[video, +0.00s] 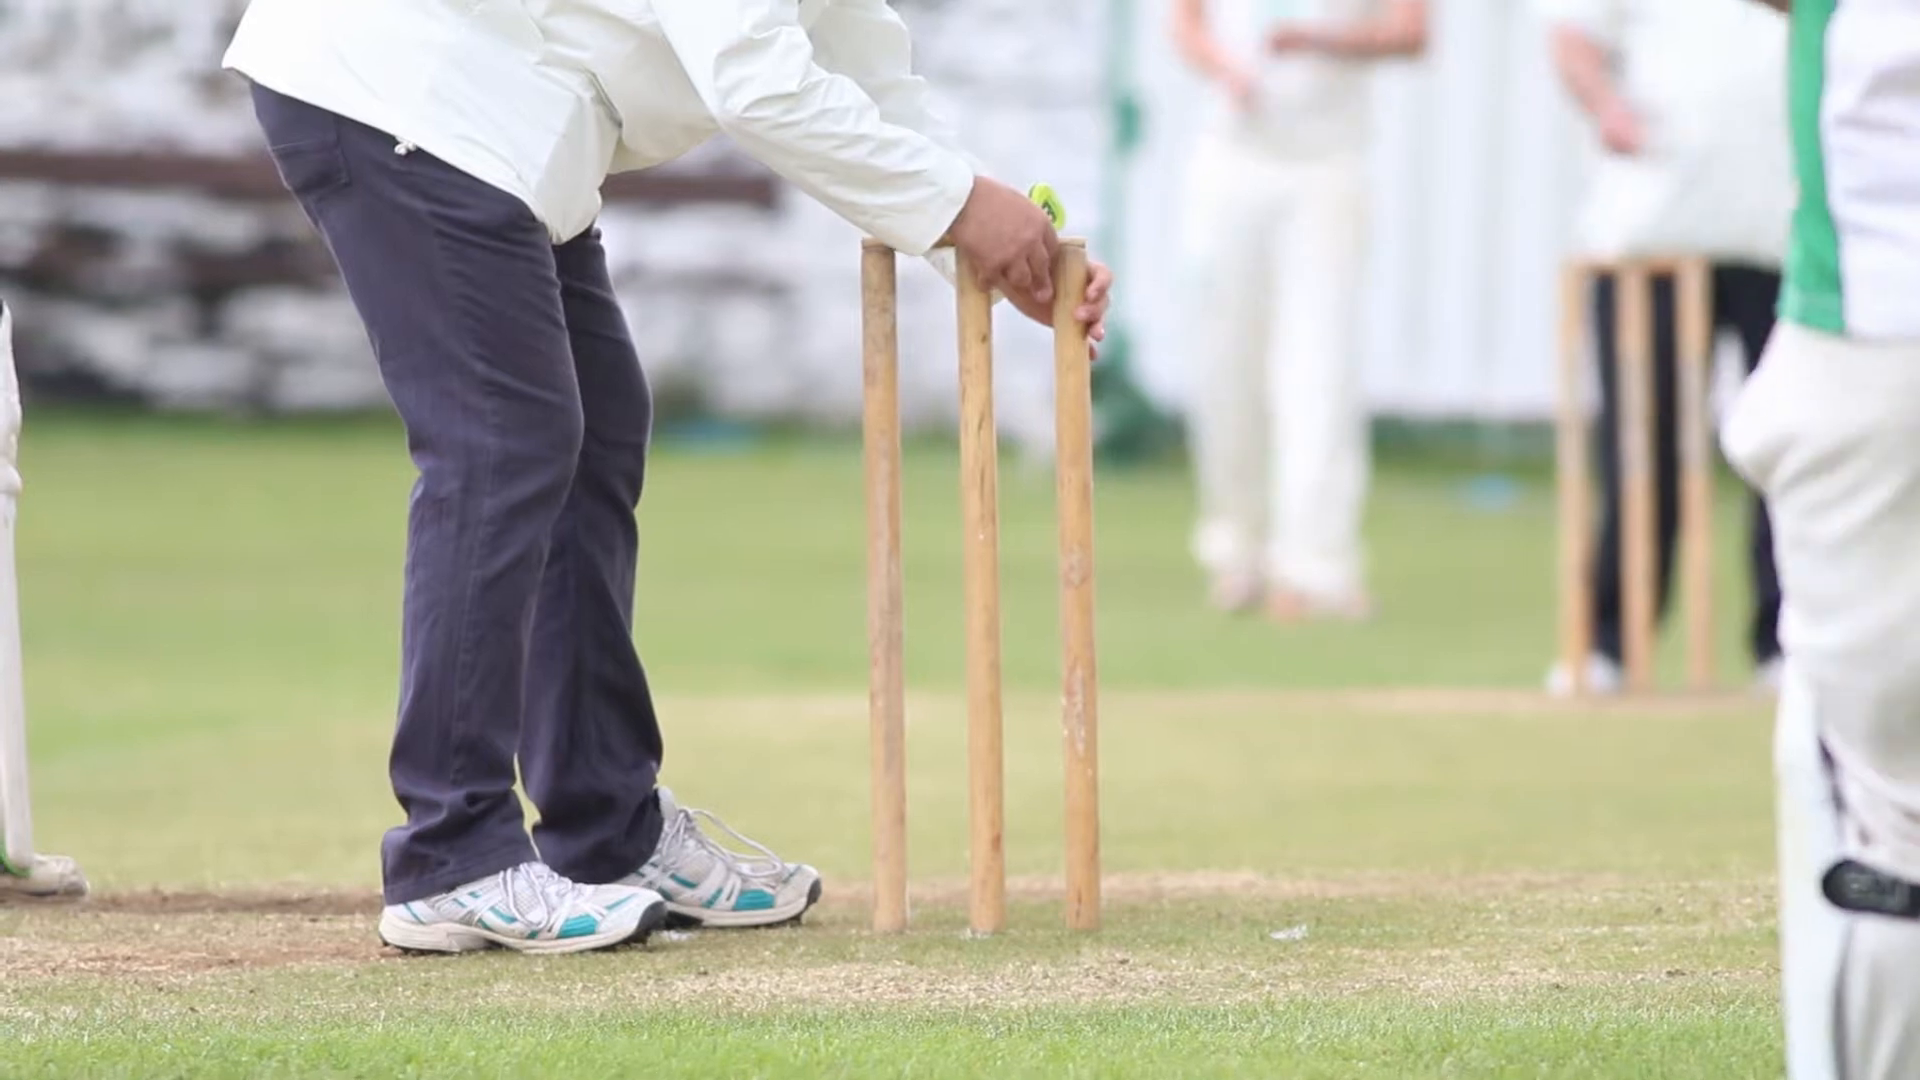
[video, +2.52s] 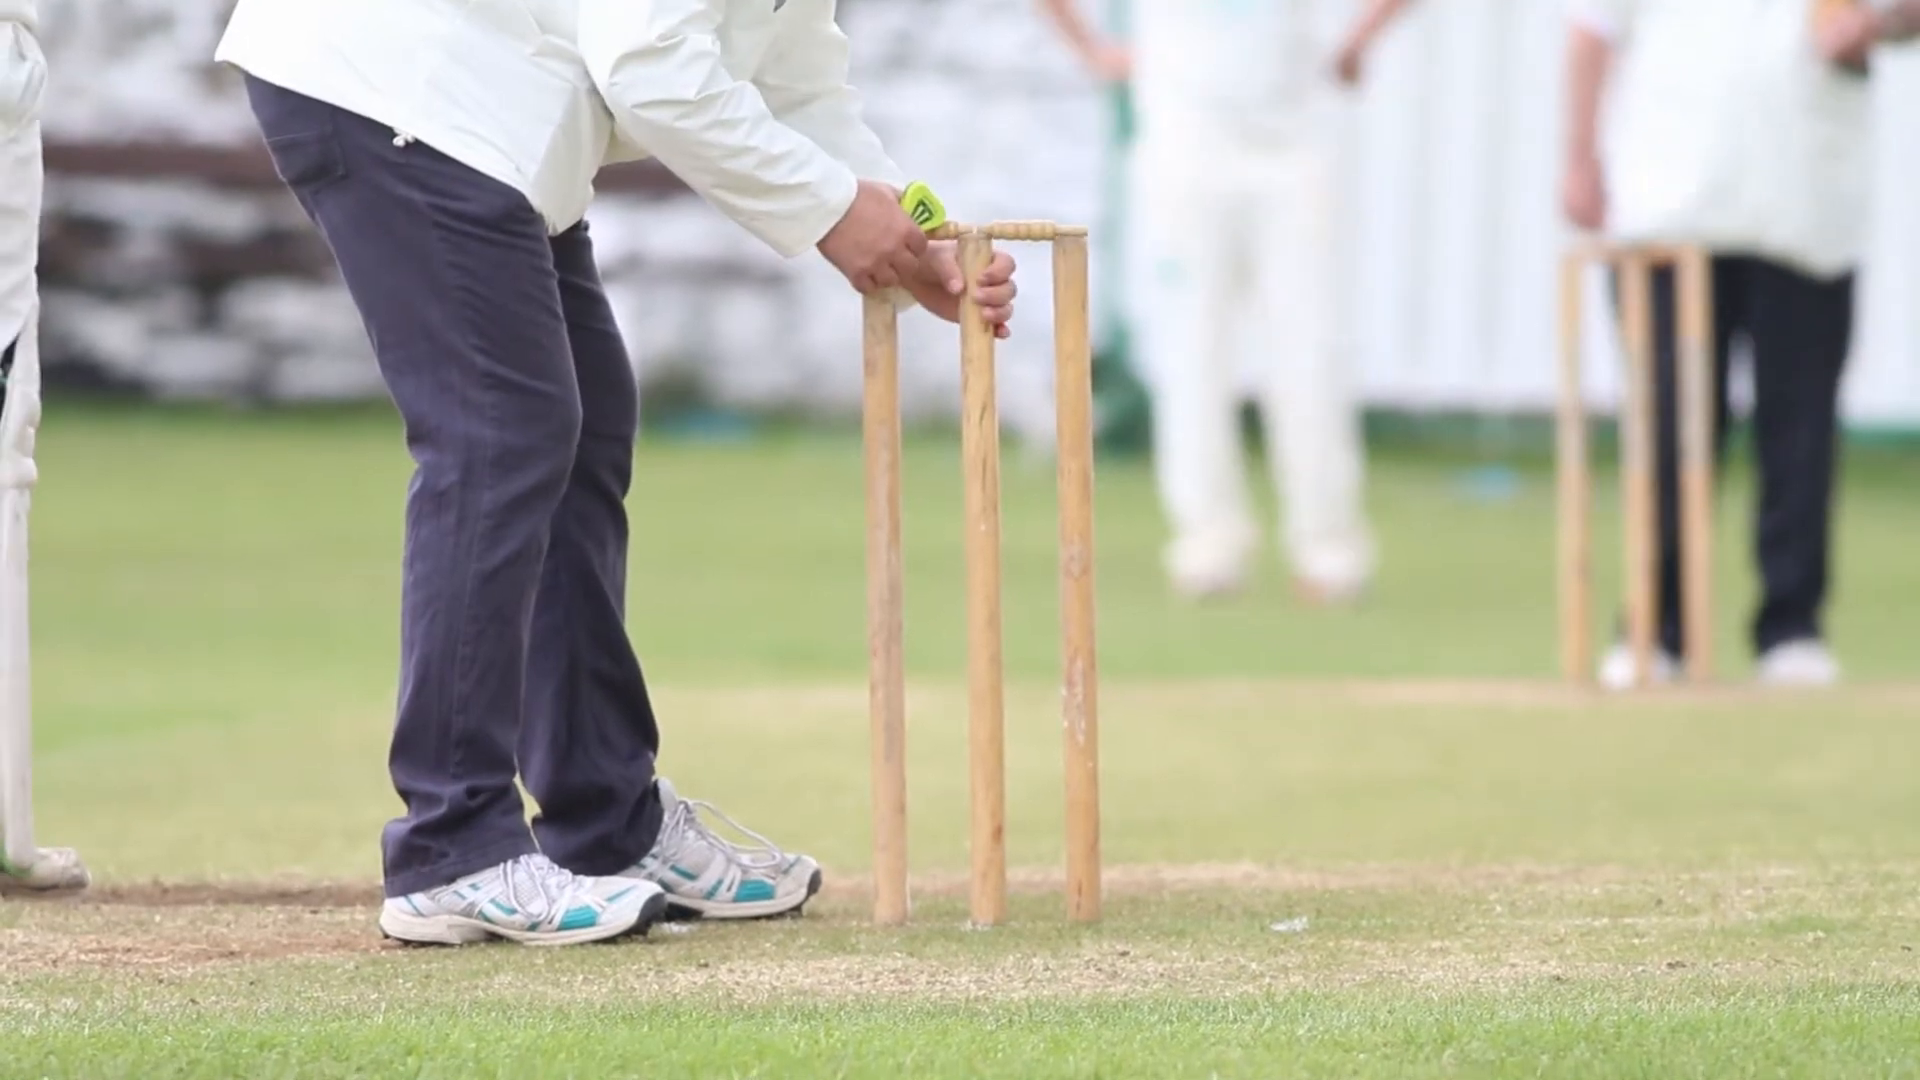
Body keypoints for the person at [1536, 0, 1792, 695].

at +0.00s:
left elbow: (1851, 46)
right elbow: (1573, 30)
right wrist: (1609, 106)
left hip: (1783, 225)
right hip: (1647, 225)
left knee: (1789, 458)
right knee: (1640, 455)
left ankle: (1784, 650)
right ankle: (1607, 648)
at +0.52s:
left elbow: (1875, 9)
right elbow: (1544, 19)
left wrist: (1827, 38)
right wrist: (1626, 69)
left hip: (1784, 199)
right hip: (1638, 198)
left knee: (1777, 447)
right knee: (1627, 439)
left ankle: (1787, 651)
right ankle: (1605, 648)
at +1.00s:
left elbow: (1855, 10)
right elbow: (1507, 19)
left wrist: (1807, 16)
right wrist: (1506, 11)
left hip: (1749, 202)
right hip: (1606, 203)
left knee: (1764, 442)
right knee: (1612, 447)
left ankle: (1785, 642)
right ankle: (1601, 647)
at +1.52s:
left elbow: (1860, 11)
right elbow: (1531, 30)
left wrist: (1825, 19)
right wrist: (1538, 167)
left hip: (1764, 208)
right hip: (1625, 210)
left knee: (1775, 446)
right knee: (1620, 447)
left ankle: (1786, 639)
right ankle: (1604, 643)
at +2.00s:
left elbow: (1902, 16)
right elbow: (1596, 36)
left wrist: (1882, 18)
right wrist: (1598, 177)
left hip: (1820, 208)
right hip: (1679, 207)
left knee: (1805, 446)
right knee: (1656, 441)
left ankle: (1793, 638)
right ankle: (1609, 640)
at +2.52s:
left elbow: (1906, 15)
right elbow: (1592, 24)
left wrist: (1874, 19)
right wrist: (1582, 159)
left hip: (1810, 200)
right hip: (1667, 197)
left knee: (1798, 443)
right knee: (1671, 440)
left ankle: (1792, 636)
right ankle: (1658, 640)